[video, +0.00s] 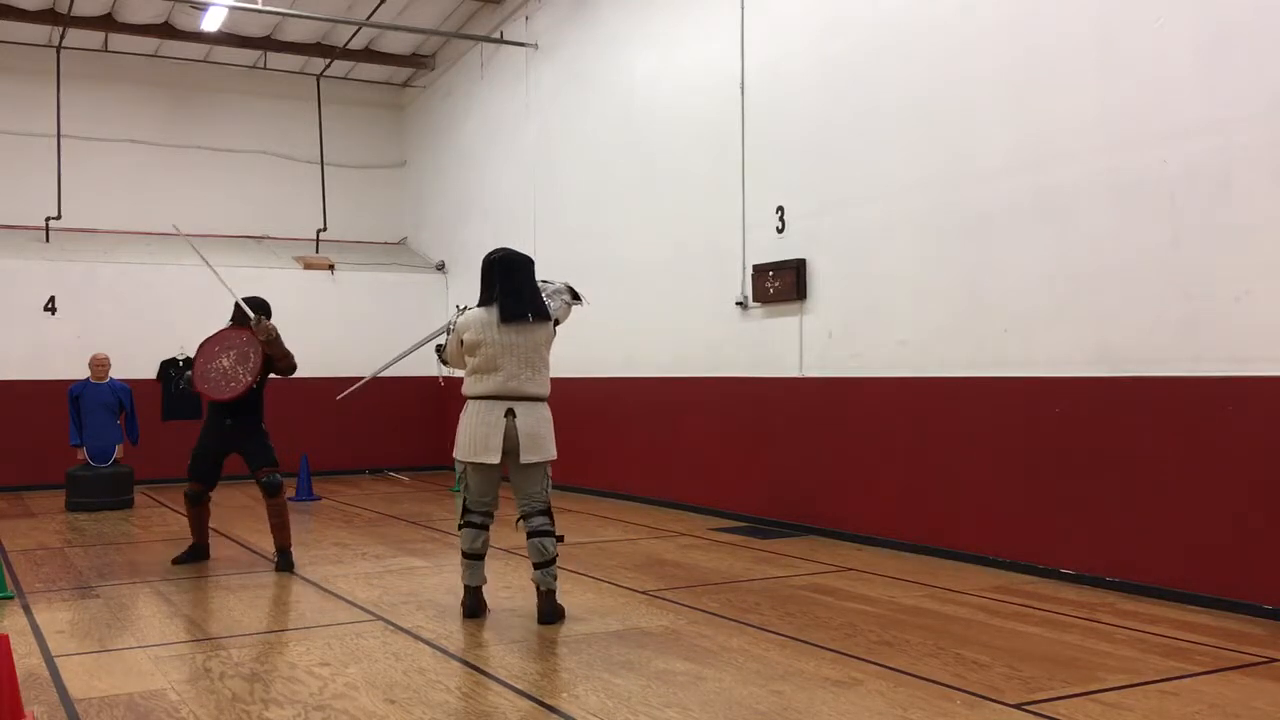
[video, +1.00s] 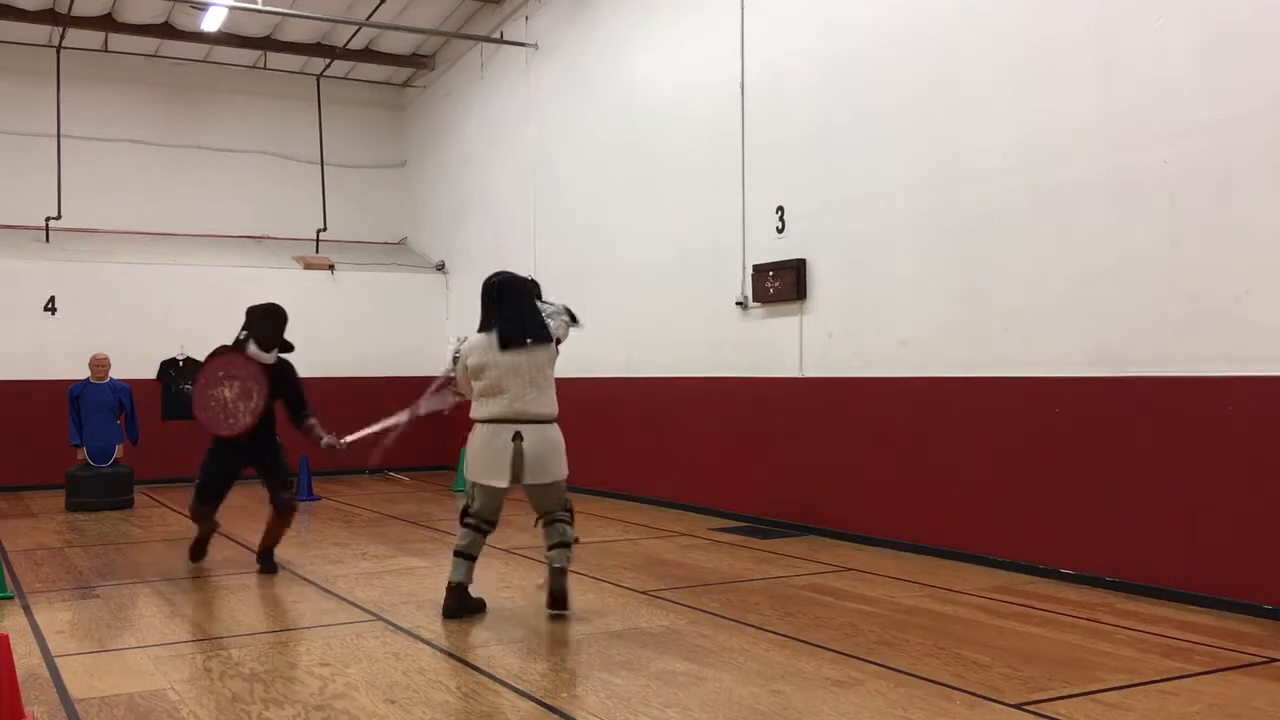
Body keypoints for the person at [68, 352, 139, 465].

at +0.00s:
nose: (100, 369)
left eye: (103, 366)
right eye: (96, 366)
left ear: (109, 367)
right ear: (90, 367)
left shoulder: (121, 389)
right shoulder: (77, 390)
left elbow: (130, 415)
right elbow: (74, 419)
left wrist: (133, 437)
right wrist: (78, 445)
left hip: (113, 445)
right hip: (88, 444)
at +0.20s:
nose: (100, 369)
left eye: (103, 366)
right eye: (96, 366)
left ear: (109, 367)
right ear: (89, 367)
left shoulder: (121, 389)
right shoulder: (77, 390)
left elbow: (130, 415)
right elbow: (74, 420)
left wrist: (133, 438)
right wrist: (78, 445)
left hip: (113, 444)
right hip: (88, 444)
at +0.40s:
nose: (100, 369)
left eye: (103, 366)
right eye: (96, 366)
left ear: (109, 367)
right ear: (89, 367)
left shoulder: (121, 389)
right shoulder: (77, 390)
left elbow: (130, 415)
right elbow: (74, 420)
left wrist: (133, 437)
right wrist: (78, 445)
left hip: (113, 444)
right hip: (88, 444)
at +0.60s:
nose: (100, 369)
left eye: (103, 366)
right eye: (96, 366)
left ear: (109, 367)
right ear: (89, 367)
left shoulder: (121, 389)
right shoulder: (77, 390)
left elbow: (130, 416)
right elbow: (74, 420)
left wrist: (133, 438)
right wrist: (78, 445)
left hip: (114, 445)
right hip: (88, 444)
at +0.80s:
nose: (100, 369)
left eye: (103, 366)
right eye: (96, 366)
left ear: (109, 367)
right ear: (89, 367)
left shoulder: (121, 389)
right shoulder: (77, 390)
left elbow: (130, 415)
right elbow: (74, 420)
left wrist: (133, 437)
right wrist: (78, 445)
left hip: (113, 445)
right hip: (87, 445)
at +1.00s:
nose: (100, 369)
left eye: (103, 366)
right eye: (96, 366)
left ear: (109, 367)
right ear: (89, 367)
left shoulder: (121, 389)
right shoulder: (77, 390)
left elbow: (130, 415)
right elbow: (74, 420)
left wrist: (133, 437)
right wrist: (78, 445)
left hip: (113, 445)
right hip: (87, 445)